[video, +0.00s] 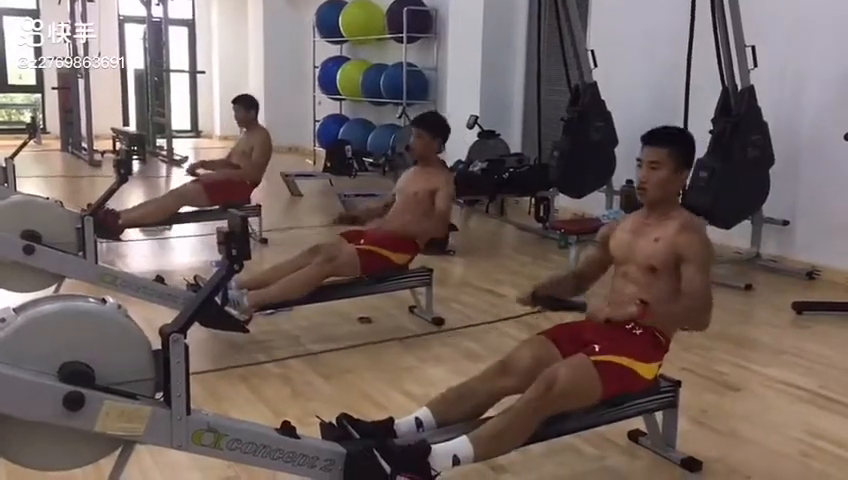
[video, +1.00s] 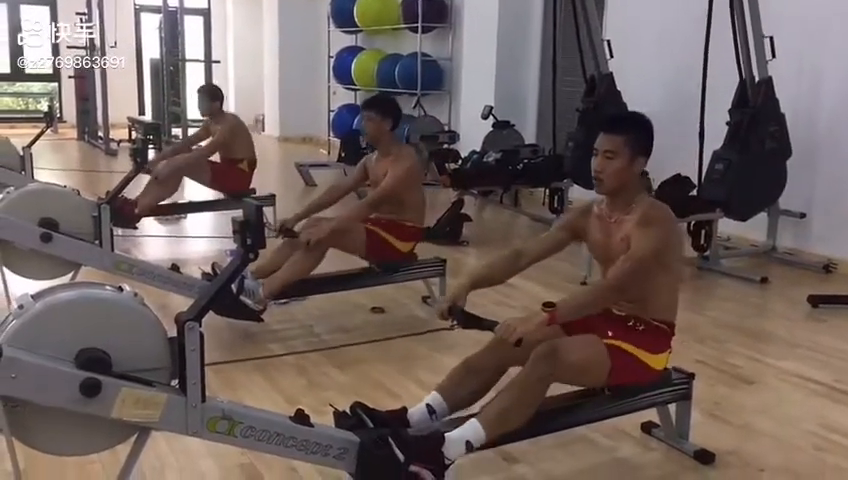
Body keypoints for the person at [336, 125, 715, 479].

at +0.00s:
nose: (643, 175)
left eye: (656, 167)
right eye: (641, 165)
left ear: (682, 176)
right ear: (638, 170)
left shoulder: (689, 233)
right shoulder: (622, 227)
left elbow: (699, 315)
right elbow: (579, 278)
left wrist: (643, 308)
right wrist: (544, 292)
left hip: (637, 344)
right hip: (592, 330)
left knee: (548, 386)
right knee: (506, 368)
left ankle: (433, 461)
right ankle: (396, 431)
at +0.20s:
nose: (629, 172)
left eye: (641, 164)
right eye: (628, 162)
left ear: (670, 170)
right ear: (625, 165)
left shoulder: (681, 229)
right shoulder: (610, 222)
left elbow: (665, 310)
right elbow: (560, 269)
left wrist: (598, 321)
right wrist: (513, 293)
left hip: (641, 343)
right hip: (599, 327)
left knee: (547, 392)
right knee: (506, 373)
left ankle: (436, 460)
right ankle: (398, 430)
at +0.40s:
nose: (620, 170)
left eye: (632, 163)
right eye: (618, 160)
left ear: (660, 170)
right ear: (613, 162)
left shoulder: (673, 227)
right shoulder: (604, 219)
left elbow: (643, 302)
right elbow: (546, 266)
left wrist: (582, 325)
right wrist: (496, 296)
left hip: (644, 343)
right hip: (601, 327)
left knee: (551, 390)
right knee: (509, 372)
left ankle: (439, 460)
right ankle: (402, 429)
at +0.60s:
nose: (613, 169)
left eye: (626, 161)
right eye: (611, 158)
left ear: (654, 169)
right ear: (607, 160)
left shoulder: (669, 224)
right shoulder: (599, 219)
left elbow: (631, 298)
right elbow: (537, 264)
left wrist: (562, 327)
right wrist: (485, 293)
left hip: (646, 340)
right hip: (602, 323)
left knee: (552, 390)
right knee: (513, 369)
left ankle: (442, 457)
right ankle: (402, 426)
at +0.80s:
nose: (607, 167)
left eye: (620, 158)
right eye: (606, 156)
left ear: (649, 166)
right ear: (604, 159)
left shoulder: (665, 224)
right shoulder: (596, 218)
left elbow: (625, 293)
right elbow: (531, 260)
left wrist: (556, 323)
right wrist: (478, 290)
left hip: (646, 338)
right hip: (602, 320)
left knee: (553, 380)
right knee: (513, 363)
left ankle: (445, 455)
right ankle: (406, 424)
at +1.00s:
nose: (597, 166)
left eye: (610, 157)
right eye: (596, 154)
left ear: (640, 164)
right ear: (594, 154)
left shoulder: (656, 222)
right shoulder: (587, 214)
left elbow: (612, 290)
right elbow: (521, 256)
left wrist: (544, 320)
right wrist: (466, 283)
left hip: (644, 342)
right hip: (599, 322)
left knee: (547, 356)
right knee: (507, 342)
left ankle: (448, 450)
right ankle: (415, 420)